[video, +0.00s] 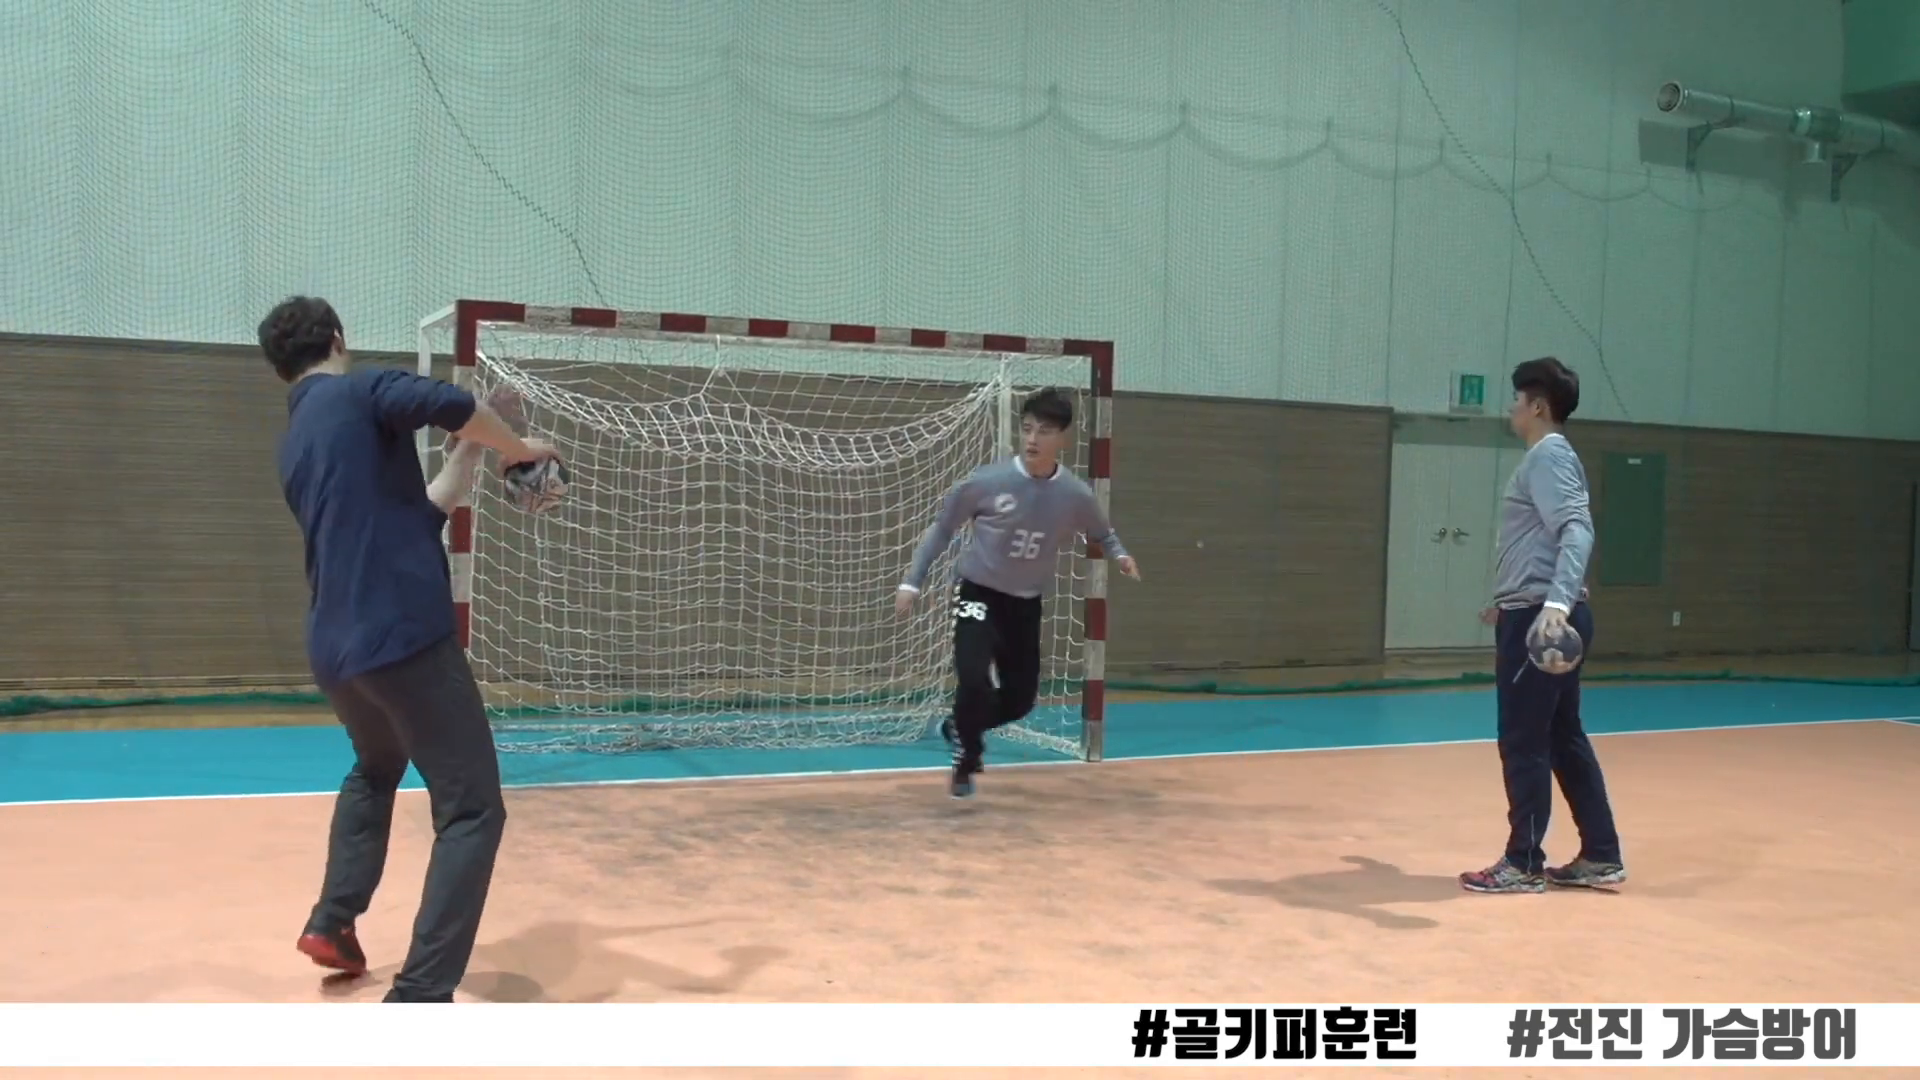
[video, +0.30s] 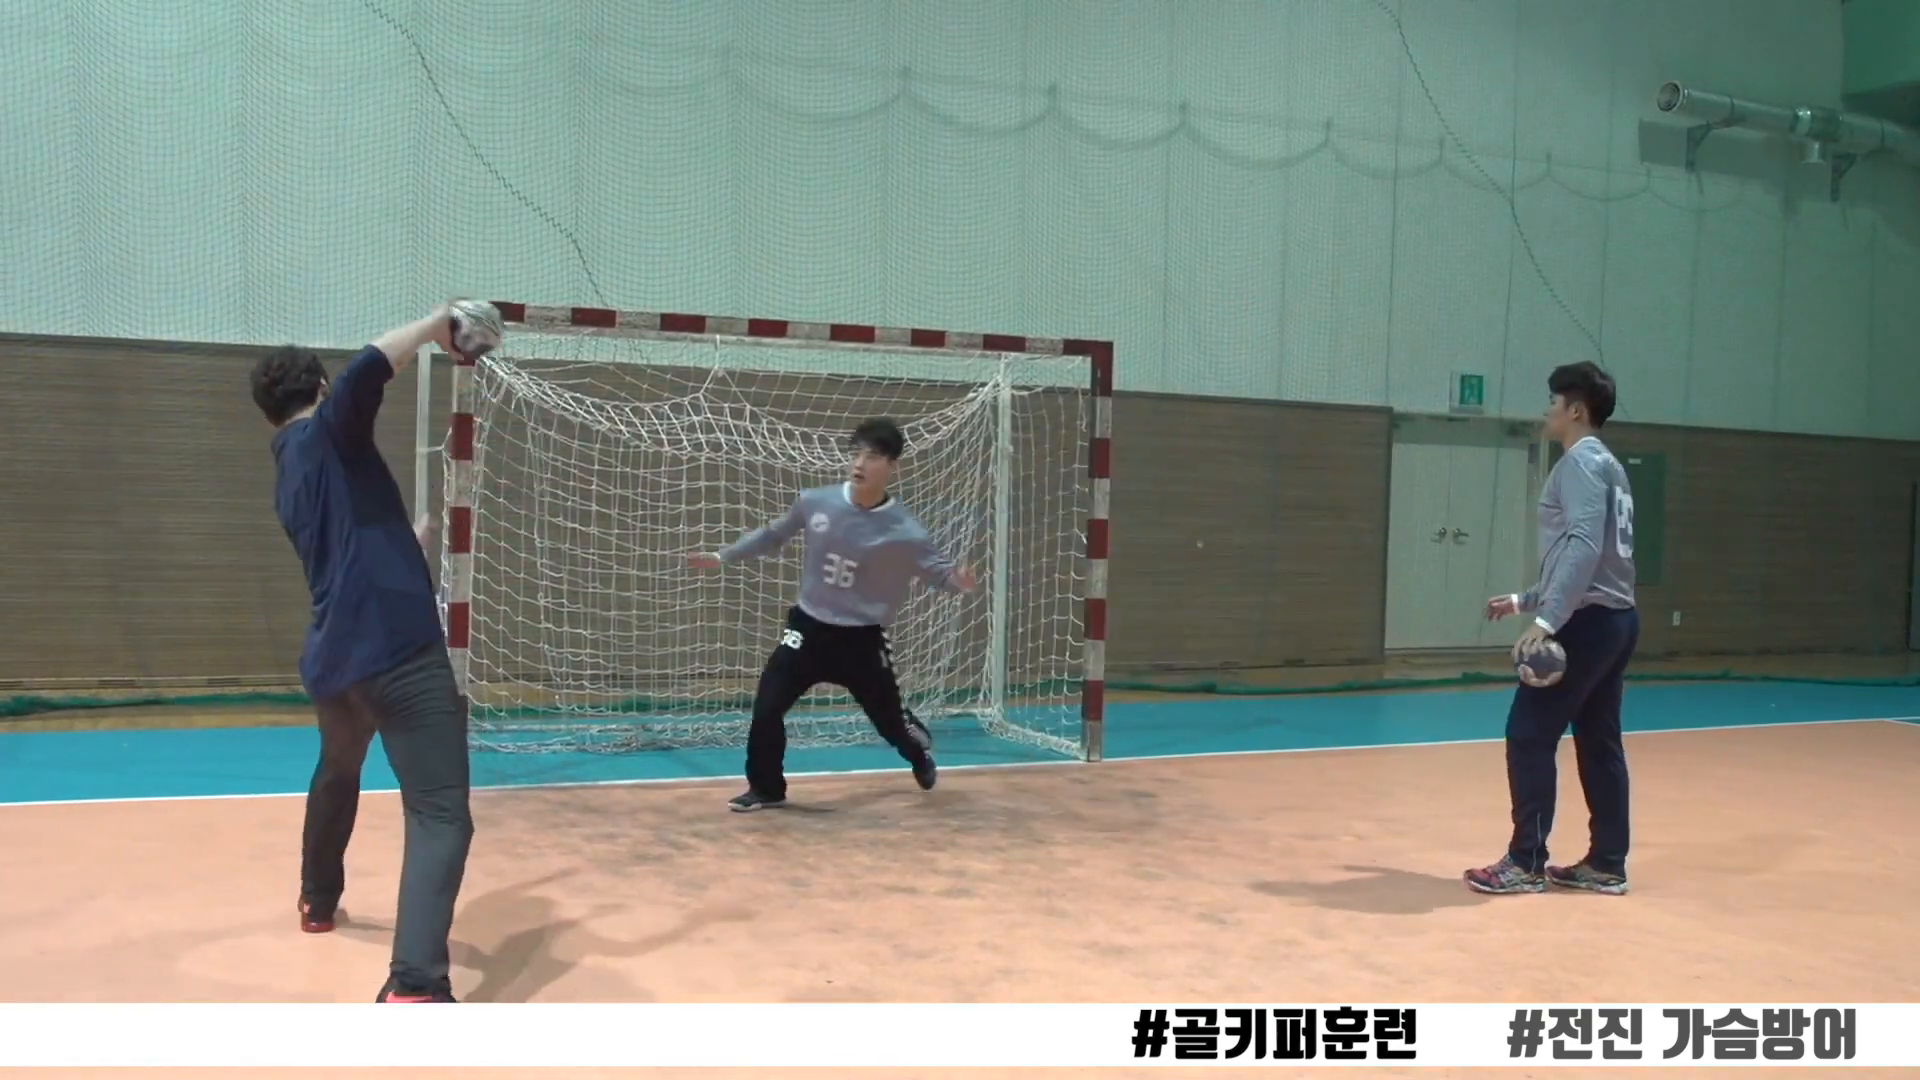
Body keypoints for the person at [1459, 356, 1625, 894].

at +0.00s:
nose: (1512, 407)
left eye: (1519, 399)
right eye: (1516, 398)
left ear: (1538, 403)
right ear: (1548, 405)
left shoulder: (1550, 453)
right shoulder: (1543, 455)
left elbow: (1577, 531)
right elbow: (1541, 544)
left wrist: (1557, 605)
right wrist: (1507, 602)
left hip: (1535, 616)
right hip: (1545, 615)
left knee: (1521, 741)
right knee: (1564, 738)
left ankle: (1523, 861)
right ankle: (1602, 857)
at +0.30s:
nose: (1547, 411)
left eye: (1553, 403)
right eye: (1551, 402)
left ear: (1575, 408)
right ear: (1587, 412)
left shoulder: (1580, 461)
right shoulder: (1605, 464)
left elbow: (1584, 542)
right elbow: (1587, 561)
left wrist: (1549, 620)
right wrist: (1524, 600)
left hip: (1586, 621)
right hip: (1614, 621)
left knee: (1528, 730)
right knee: (1599, 741)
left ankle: (1525, 861)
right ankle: (1607, 864)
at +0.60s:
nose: (1565, 410)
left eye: (1573, 400)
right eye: (1568, 400)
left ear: (1597, 407)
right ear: (1606, 410)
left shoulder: (1597, 461)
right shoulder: (1626, 464)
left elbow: (1576, 540)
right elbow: (1611, 552)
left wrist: (1504, 581)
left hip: (1594, 622)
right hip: (1623, 621)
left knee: (1554, 735)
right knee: (1605, 741)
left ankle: (1589, 868)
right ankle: (1609, 867)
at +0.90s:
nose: (1565, 404)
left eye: (1573, 395)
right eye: (1569, 394)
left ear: (1596, 403)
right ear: (1601, 405)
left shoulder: (1601, 458)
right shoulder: (1616, 460)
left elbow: (1600, 544)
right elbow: (1626, 556)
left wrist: (1542, 600)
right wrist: (1634, 632)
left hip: (1599, 620)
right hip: (1610, 620)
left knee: (1583, 745)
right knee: (1601, 744)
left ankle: (1602, 876)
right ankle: (1604, 863)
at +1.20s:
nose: (1556, 403)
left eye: (1563, 394)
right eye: (1559, 394)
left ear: (1588, 402)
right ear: (1590, 403)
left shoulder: (1602, 456)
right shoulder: (1589, 457)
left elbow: (1609, 542)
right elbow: (1590, 548)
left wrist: (1544, 592)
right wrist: (1541, 596)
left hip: (1603, 621)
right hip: (1583, 621)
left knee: (1592, 746)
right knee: (1584, 746)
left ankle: (1606, 878)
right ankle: (1596, 862)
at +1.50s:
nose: (1550, 408)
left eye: (1557, 399)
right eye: (1552, 398)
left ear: (1581, 405)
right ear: (1585, 407)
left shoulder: (1593, 460)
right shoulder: (1591, 459)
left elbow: (1581, 543)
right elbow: (1583, 545)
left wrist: (1520, 564)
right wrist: (1533, 569)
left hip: (1600, 620)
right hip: (1583, 619)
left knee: (1584, 738)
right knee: (1562, 731)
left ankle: (1603, 878)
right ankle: (1586, 852)